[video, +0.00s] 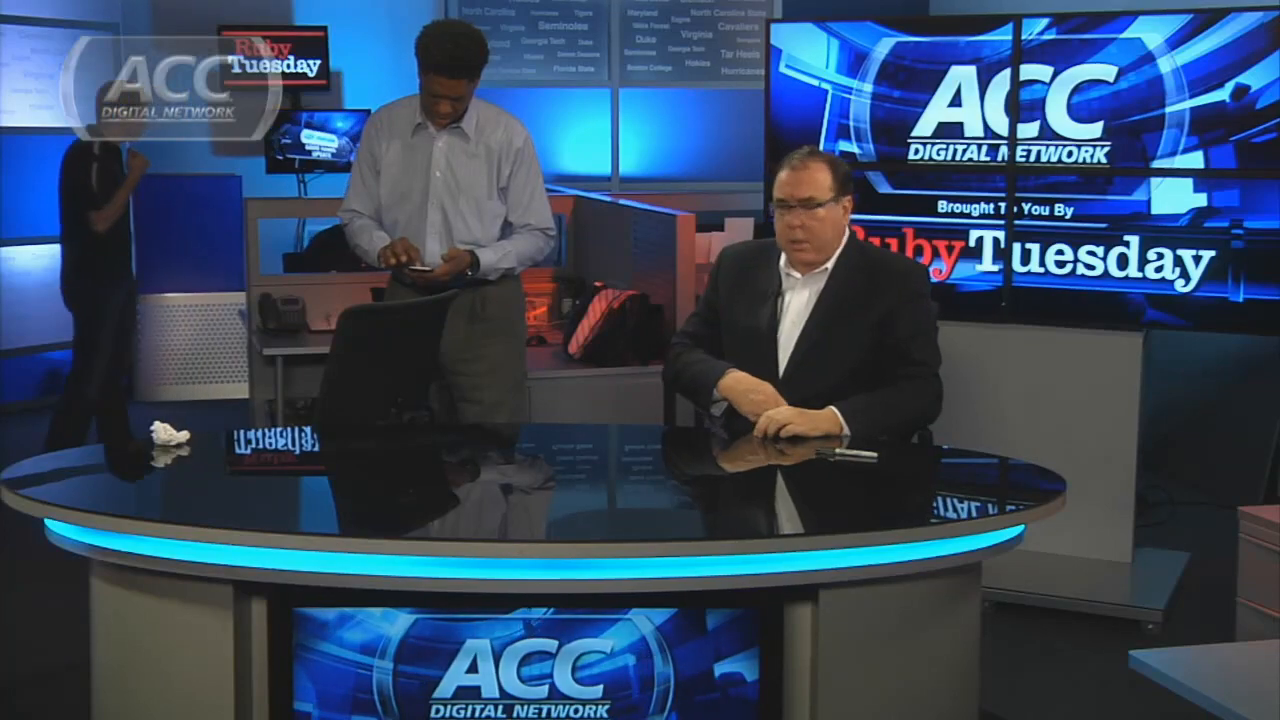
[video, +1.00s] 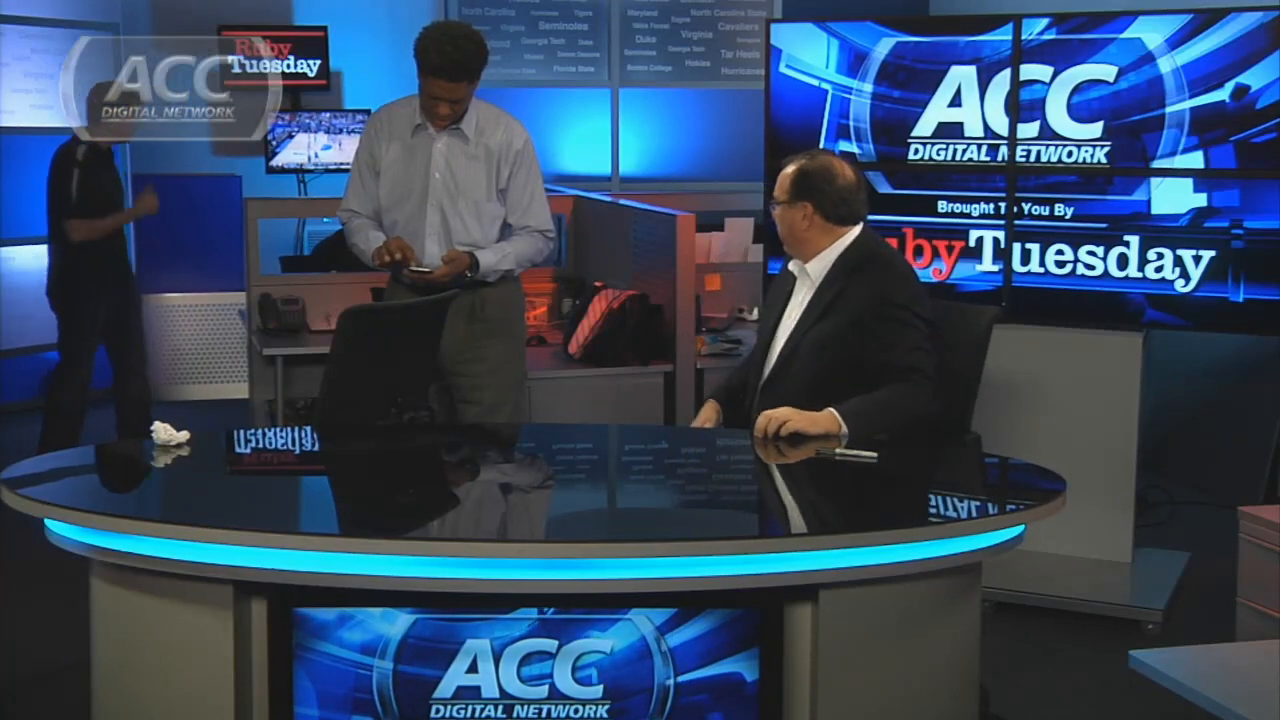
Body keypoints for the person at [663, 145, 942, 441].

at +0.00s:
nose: (795, 222)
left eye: (811, 206)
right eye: (784, 206)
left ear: (846, 208)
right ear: (772, 209)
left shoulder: (897, 280)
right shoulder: (738, 266)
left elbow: (921, 393)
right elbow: (683, 355)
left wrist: (832, 419)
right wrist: (729, 381)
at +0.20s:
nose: (760, 213)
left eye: (774, 201)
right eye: (763, 200)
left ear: (823, 212)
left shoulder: (900, 280)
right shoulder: (744, 265)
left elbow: (924, 395)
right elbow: (687, 352)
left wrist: (834, 419)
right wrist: (729, 381)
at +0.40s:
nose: (756, 207)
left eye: (767, 195)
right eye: (759, 194)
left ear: (809, 206)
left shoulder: (896, 275)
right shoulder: (752, 263)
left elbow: (924, 391)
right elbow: (699, 349)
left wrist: (830, 419)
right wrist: (721, 382)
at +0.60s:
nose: (758, 208)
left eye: (766, 195)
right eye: (761, 195)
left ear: (803, 203)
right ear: (801, 204)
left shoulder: (893, 274)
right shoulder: (765, 263)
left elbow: (924, 390)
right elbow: (725, 343)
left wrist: (831, 417)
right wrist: (710, 381)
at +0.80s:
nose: (766, 212)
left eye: (771, 201)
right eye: (767, 201)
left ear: (802, 209)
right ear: (800, 209)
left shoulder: (887, 276)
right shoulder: (783, 269)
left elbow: (923, 389)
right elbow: (754, 351)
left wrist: (832, 418)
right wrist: (717, 394)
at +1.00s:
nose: (772, 213)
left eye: (777, 203)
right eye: (774, 203)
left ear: (806, 214)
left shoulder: (885, 276)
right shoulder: (797, 270)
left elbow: (915, 389)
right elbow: (766, 356)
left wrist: (833, 419)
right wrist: (718, 404)